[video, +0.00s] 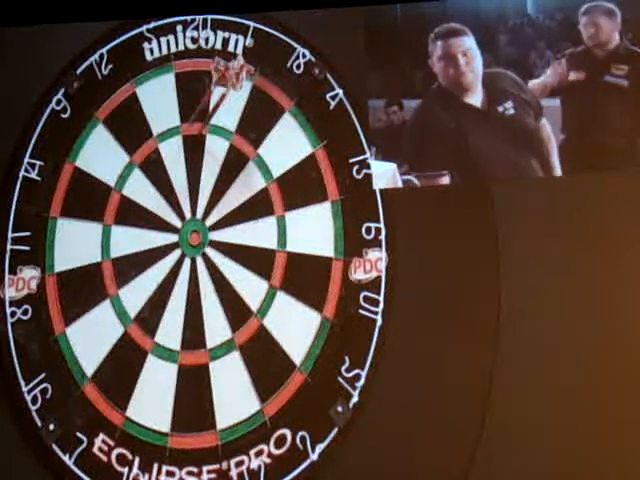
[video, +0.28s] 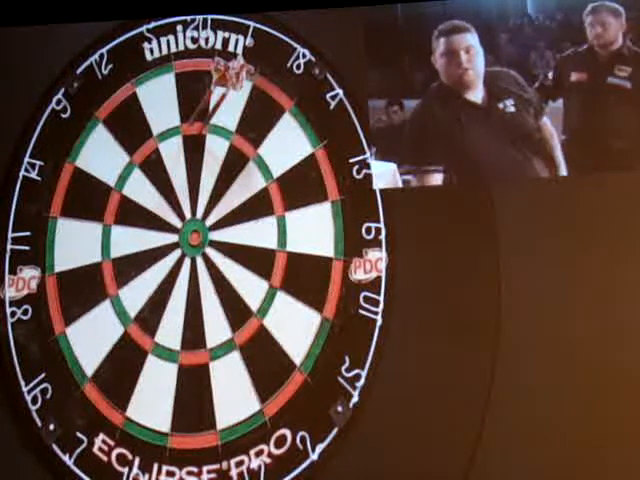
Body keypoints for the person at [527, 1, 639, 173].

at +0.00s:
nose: (590, 30)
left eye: (596, 23)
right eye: (585, 25)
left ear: (616, 24)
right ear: (579, 30)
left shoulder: (633, 60)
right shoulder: (569, 61)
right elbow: (531, 91)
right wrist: (549, 82)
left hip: (625, 159)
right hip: (578, 160)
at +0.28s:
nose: (597, 31)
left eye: (603, 25)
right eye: (591, 26)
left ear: (622, 26)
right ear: (585, 30)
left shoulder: (634, 61)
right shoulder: (569, 63)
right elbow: (546, 92)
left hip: (626, 157)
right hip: (581, 159)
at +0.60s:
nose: (597, 31)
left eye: (604, 25)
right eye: (591, 26)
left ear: (622, 26)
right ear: (586, 30)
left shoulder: (635, 62)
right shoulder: (570, 61)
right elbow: (547, 100)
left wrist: (638, 159)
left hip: (624, 159)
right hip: (579, 160)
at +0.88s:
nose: (597, 31)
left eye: (604, 25)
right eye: (592, 25)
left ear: (622, 26)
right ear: (585, 28)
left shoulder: (635, 63)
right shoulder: (569, 62)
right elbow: (546, 105)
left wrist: (622, 150)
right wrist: (560, 145)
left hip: (624, 170)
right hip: (577, 167)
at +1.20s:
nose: (597, 29)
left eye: (604, 22)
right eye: (592, 23)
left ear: (623, 25)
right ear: (585, 28)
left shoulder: (634, 62)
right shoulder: (568, 60)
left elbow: (637, 125)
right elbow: (546, 102)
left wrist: (608, 138)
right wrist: (559, 123)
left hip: (624, 171)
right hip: (578, 170)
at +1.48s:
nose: (597, 29)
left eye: (604, 23)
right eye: (591, 23)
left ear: (622, 25)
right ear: (585, 28)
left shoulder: (635, 63)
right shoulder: (568, 61)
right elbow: (549, 104)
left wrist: (619, 146)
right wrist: (558, 132)